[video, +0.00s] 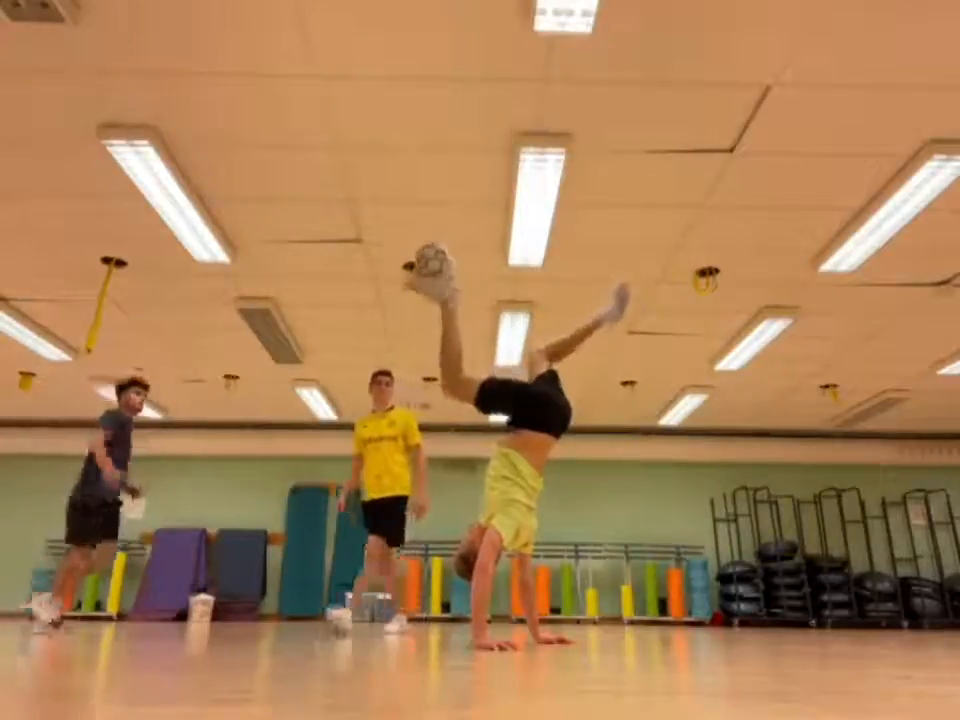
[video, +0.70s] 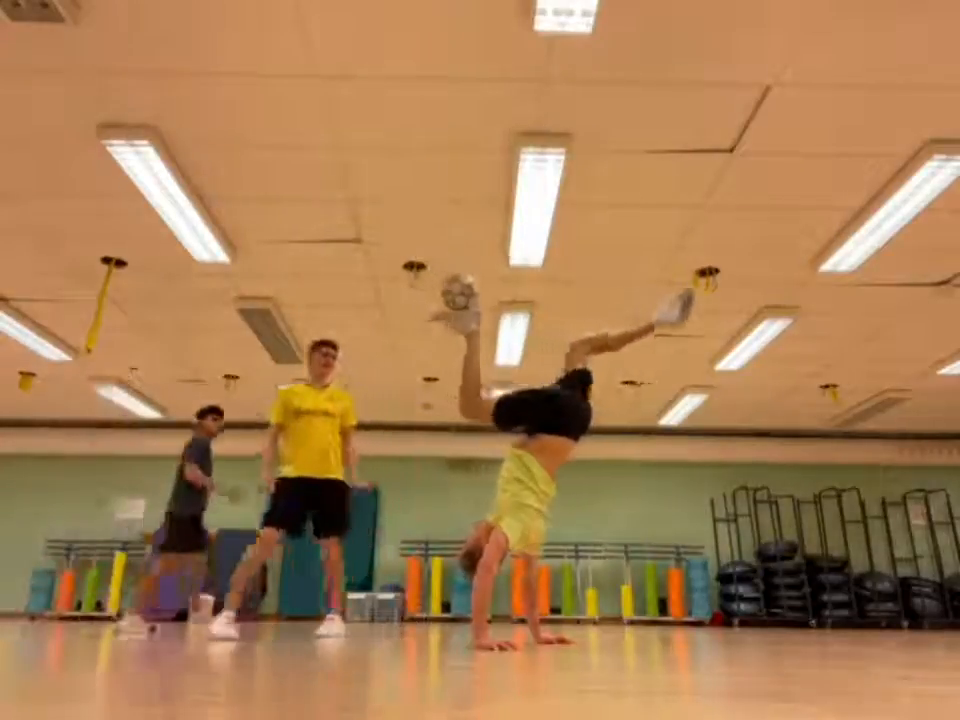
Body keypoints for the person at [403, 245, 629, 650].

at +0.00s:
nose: (472, 533)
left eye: (465, 537)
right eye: (473, 539)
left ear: (475, 550)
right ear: (480, 548)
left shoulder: (522, 538)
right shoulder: (497, 529)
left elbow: (527, 585)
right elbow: (482, 574)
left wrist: (536, 633)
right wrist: (480, 634)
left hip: (555, 417)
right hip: (534, 410)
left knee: (538, 356)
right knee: (453, 385)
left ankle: (604, 318)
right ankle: (449, 302)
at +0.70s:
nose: (476, 543)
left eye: (473, 548)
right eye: (476, 546)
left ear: (475, 547)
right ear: (481, 544)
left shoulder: (528, 540)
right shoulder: (504, 531)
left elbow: (529, 586)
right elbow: (484, 575)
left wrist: (538, 632)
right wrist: (481, 635)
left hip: (572, 416)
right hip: (554, 416)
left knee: (580, 347)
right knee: (471, 409)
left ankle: (658, 323)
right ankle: (472, 331)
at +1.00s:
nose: (482, 542)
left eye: (480, 545)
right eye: (481, 543)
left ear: (482, 550)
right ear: (484, 544)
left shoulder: (530, 541)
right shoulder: (509, 534)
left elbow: (530, 588)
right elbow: (482, 576)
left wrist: (536, 632)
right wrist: (480, 635)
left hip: (598, 436)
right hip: (582, 432)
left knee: (634, 367)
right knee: (515, 382)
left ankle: (714, 359)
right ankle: (527, 301)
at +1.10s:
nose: (488, 525)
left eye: (486, 534)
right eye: (487, 533)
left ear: (490, 546)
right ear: (490, 540)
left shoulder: (530, 538)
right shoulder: (514, 532)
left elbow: (535, 586)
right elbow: (486, 574)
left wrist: (537, 632)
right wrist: (480, 637)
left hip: (604, 438)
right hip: (596, 436)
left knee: (655, 374)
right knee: (538, 362)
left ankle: (736, 390)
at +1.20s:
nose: (495, 524)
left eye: (494, 536)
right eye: (494, 531)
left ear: (495, 550)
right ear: (497, 537)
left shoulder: (535, 539)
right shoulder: (519, 534)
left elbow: (535, 586)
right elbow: (485, 579)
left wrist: (537, 630)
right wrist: (479, 637)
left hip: (618, 452)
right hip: (609, 441)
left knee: (683, 394)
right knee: (576, 353)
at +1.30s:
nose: (501, 528)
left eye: (497, 532)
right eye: (498, 533)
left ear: (501, 550)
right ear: (501, 546)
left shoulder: (539, 544)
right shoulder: (523, 541)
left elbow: (537, 582)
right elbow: (487, 573)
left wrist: (538, 632)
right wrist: (480, 636)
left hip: (633, 472)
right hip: (624, 461)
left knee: (702, 442)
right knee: (638, 365)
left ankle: (760, 524)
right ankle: (712, 392)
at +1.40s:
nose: (510, 563)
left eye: (508, 563)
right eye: (508, 560)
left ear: (515, 567)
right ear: (516, 557)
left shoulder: (549, 561)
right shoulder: (540, 548)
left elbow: (537, 588)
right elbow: (491, 576)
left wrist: (539, 629)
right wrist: (480, 637)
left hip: (651, 504)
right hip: (648, 479)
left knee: (751, 507)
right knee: (719, 414)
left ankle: (748, 606)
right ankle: (755, 494)